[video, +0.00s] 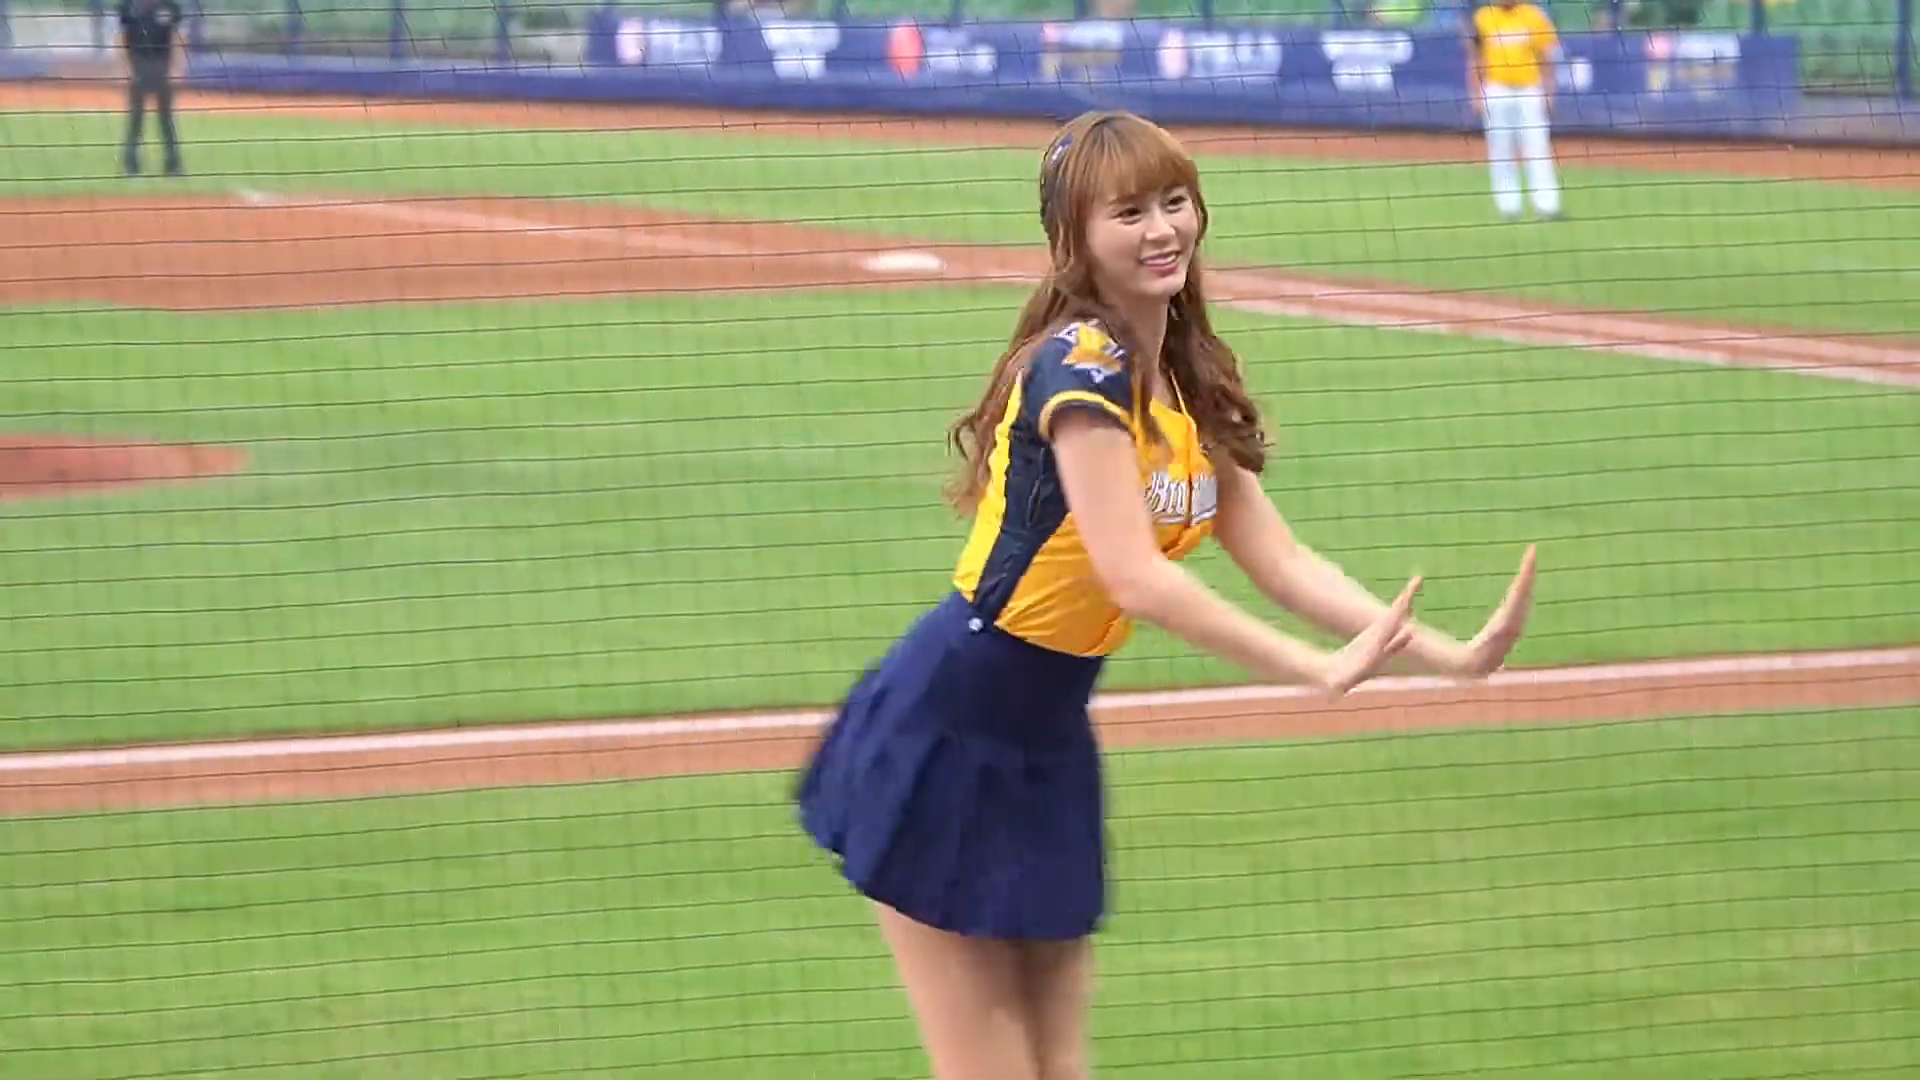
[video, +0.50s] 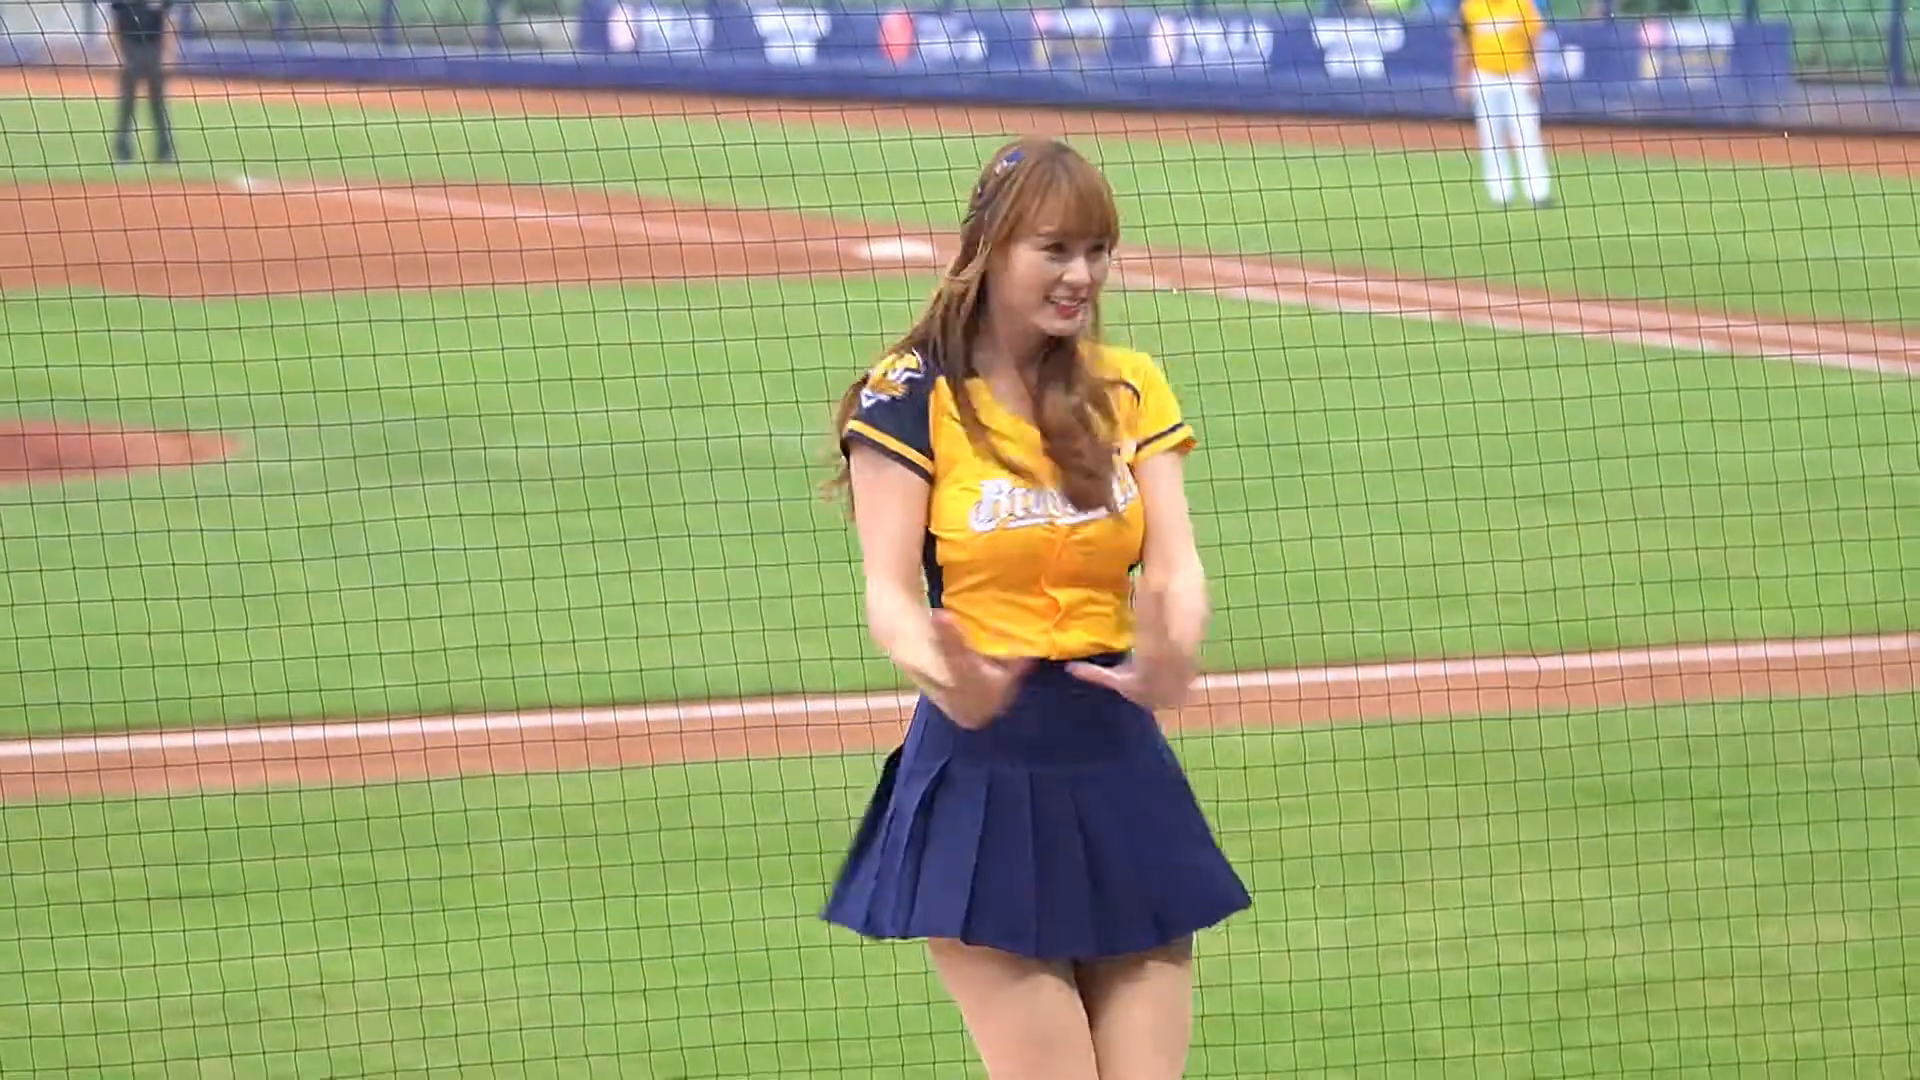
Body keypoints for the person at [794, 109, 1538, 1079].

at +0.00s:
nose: (1162, 227)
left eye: (1175, 201)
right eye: (1128, 211)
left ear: (1198, 216)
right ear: (1074, 238)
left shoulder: (1188, 379)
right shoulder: (1076, 366)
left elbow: (1279, 559)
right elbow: (1131, 575)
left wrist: (1448, 654)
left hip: (1048, 726)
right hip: (947, 721)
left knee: (1055, 1059)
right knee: (985, 1064)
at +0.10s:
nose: (1193, 268)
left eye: (1204, 242)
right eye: (1161, 251)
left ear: (1226, 255)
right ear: (1105, 282)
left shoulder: (1214, 406)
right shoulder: (1112, 401)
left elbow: (1342, 525)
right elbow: (1236, 577)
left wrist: (1525, 595)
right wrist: (1437, 640)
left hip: (1014, 750)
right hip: (914, 740)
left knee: (1006, 1065)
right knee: (923, 1068)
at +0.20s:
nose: (1189, 269)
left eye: (1200, 242)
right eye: (1156, 252)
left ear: (1222, 256)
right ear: (1104, 277)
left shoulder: (1203, 408)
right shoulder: (1101, 395)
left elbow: (1344, 517)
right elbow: (1203, 577)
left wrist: (1535, 587)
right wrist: (1408, 636)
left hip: (1010, 743)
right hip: (909, 732)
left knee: (1013, 1065)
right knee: (921, 1069)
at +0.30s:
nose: (1157, 232)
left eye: (1172, 207)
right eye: (1128, 212)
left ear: (1190, 217)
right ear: (1066, 225)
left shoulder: (1163, 372)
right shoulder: (1034, 356)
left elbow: (1276, 530)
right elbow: (1074, 561)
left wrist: (1422, 622)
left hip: (1045, 727)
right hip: (936, 723)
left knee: (1073, 1063)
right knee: (989, 1064)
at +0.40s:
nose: (1107, 262)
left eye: (1126, 239)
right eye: (1081, 236)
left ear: (1144, 250)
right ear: (1013, 241)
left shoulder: (1130, 377)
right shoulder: (951, 374)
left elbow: (1195, 555)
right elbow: (943, 587)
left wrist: (1270, 670)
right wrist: (1074, 691)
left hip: (1096, 732)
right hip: (973, 735)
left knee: (1136, 1061)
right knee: (1039, 1065)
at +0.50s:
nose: (1079, 275)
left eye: (1095, 252)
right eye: (1053, 250)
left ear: (1112, 258)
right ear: (986, 251)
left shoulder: (1128, 385)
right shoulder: (907, 394)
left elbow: (1172, 561)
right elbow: (892, 590)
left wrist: (1168, 657)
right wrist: (948, 674)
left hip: (1121, 739)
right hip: (981, 745)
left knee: (1146, 1063)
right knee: (1051, 1062)